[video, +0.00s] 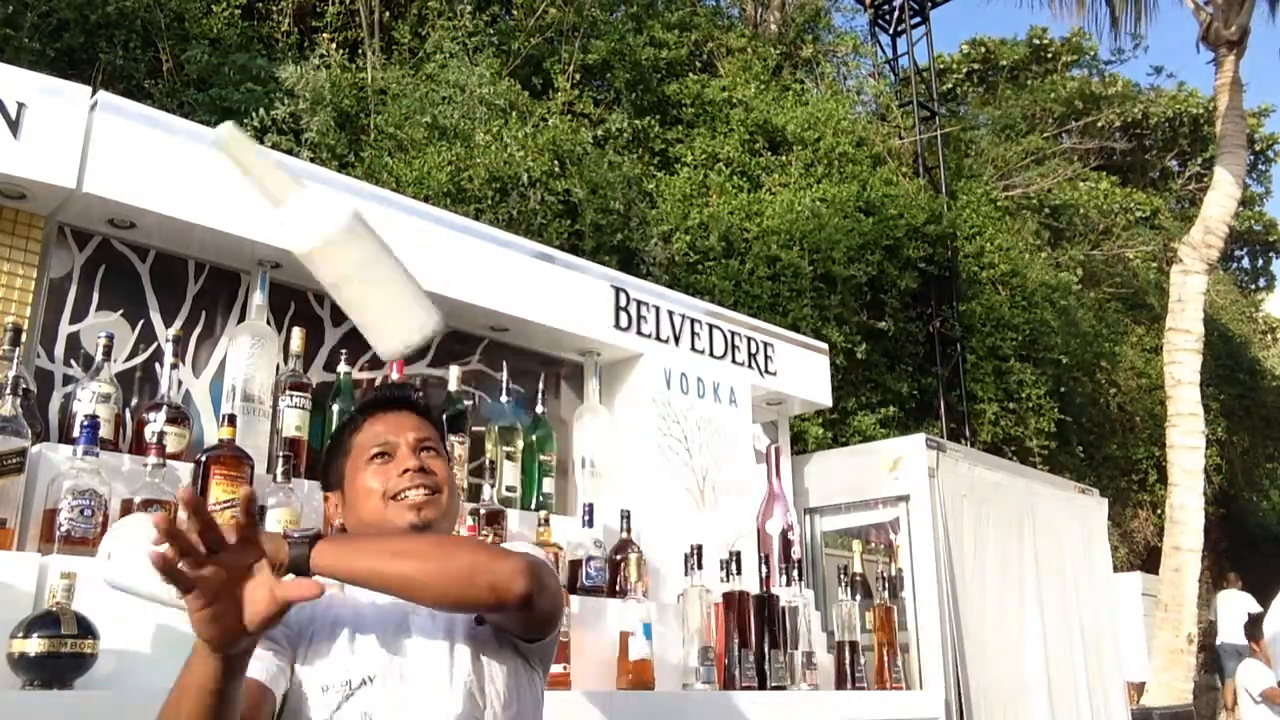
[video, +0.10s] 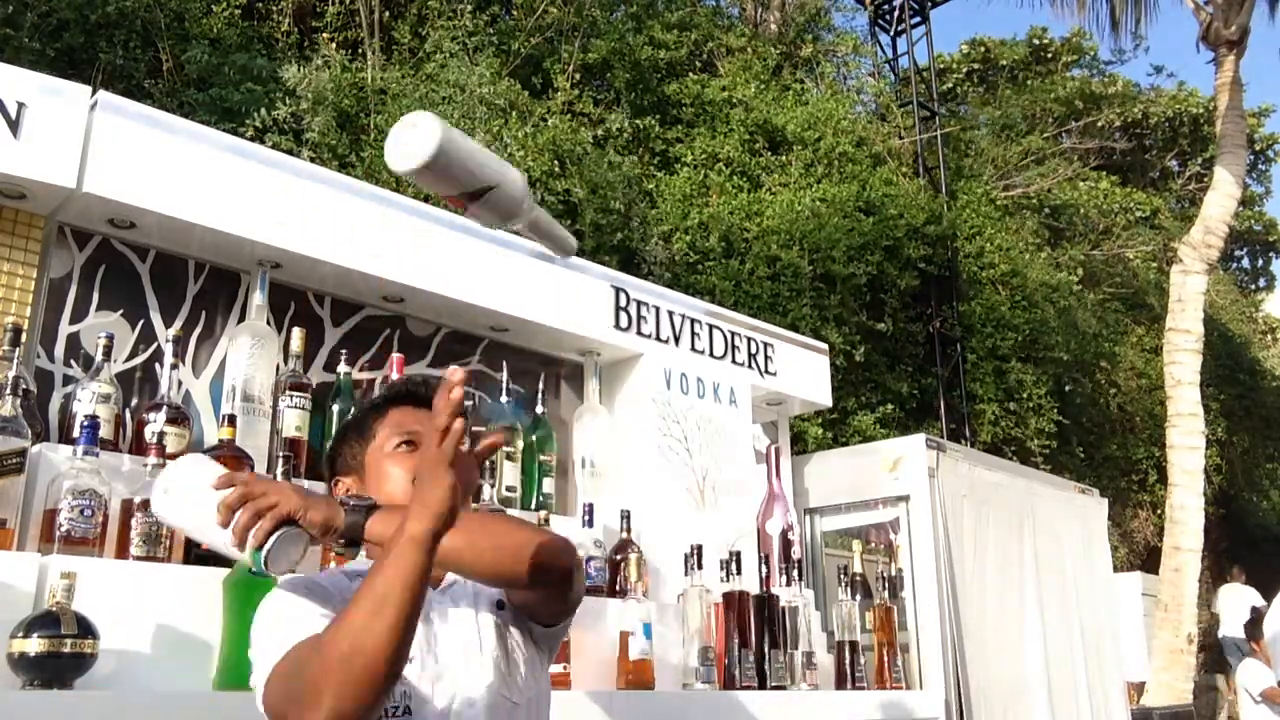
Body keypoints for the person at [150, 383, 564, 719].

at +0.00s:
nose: (414, 463)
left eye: (429, 450)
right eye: (381, 455)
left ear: (455, 486)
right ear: (337, 509)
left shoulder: (506, 589)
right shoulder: (297, 606)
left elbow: (515, 581)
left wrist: (293, 551)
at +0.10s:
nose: (437, 464)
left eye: (453, 450)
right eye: (408, 445)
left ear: (475, 484)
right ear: (348, 489)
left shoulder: (509, 601)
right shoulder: (296, 601)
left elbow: (554, 562)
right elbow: (315, 709)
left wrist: (341, 517)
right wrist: (423, 523)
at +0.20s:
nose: (479, 451)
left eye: (479, 438)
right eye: (445, 438)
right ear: (383, 470)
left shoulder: (501, 573)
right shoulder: (353, 580)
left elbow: (608, 555)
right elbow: (512, 628)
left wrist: (427, 493)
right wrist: (615, 440)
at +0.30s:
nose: (498, 456)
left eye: (499, 437)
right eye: (478, 437)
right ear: (421, 467)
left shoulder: (491, 561)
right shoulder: (423, 565)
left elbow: (643, 561)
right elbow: (640, 595)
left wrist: (543, 486)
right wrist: (729, 427)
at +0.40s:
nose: (558, 466)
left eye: (551, 450)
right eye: (537, 448)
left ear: (470, 459)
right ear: (470, 458)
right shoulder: (501, 562)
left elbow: (666, 609)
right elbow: (698, 635)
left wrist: (632, 507)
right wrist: (781, 502)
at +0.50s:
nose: (590, 483)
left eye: (582, 464)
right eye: (570, 462)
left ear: (507, 471)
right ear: (503, 469)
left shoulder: (479, 575)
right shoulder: (533, 588)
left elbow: (648, 651)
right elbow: (681, 709)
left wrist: (686, 531)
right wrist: (805, 678)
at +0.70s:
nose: (566, 496)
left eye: (572, 475)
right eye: (534, 475)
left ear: (582, 479)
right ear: (466, 491)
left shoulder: (539, 609)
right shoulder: (472, 624)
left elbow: (601, 712)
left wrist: (736, 699)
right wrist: (726, 709)